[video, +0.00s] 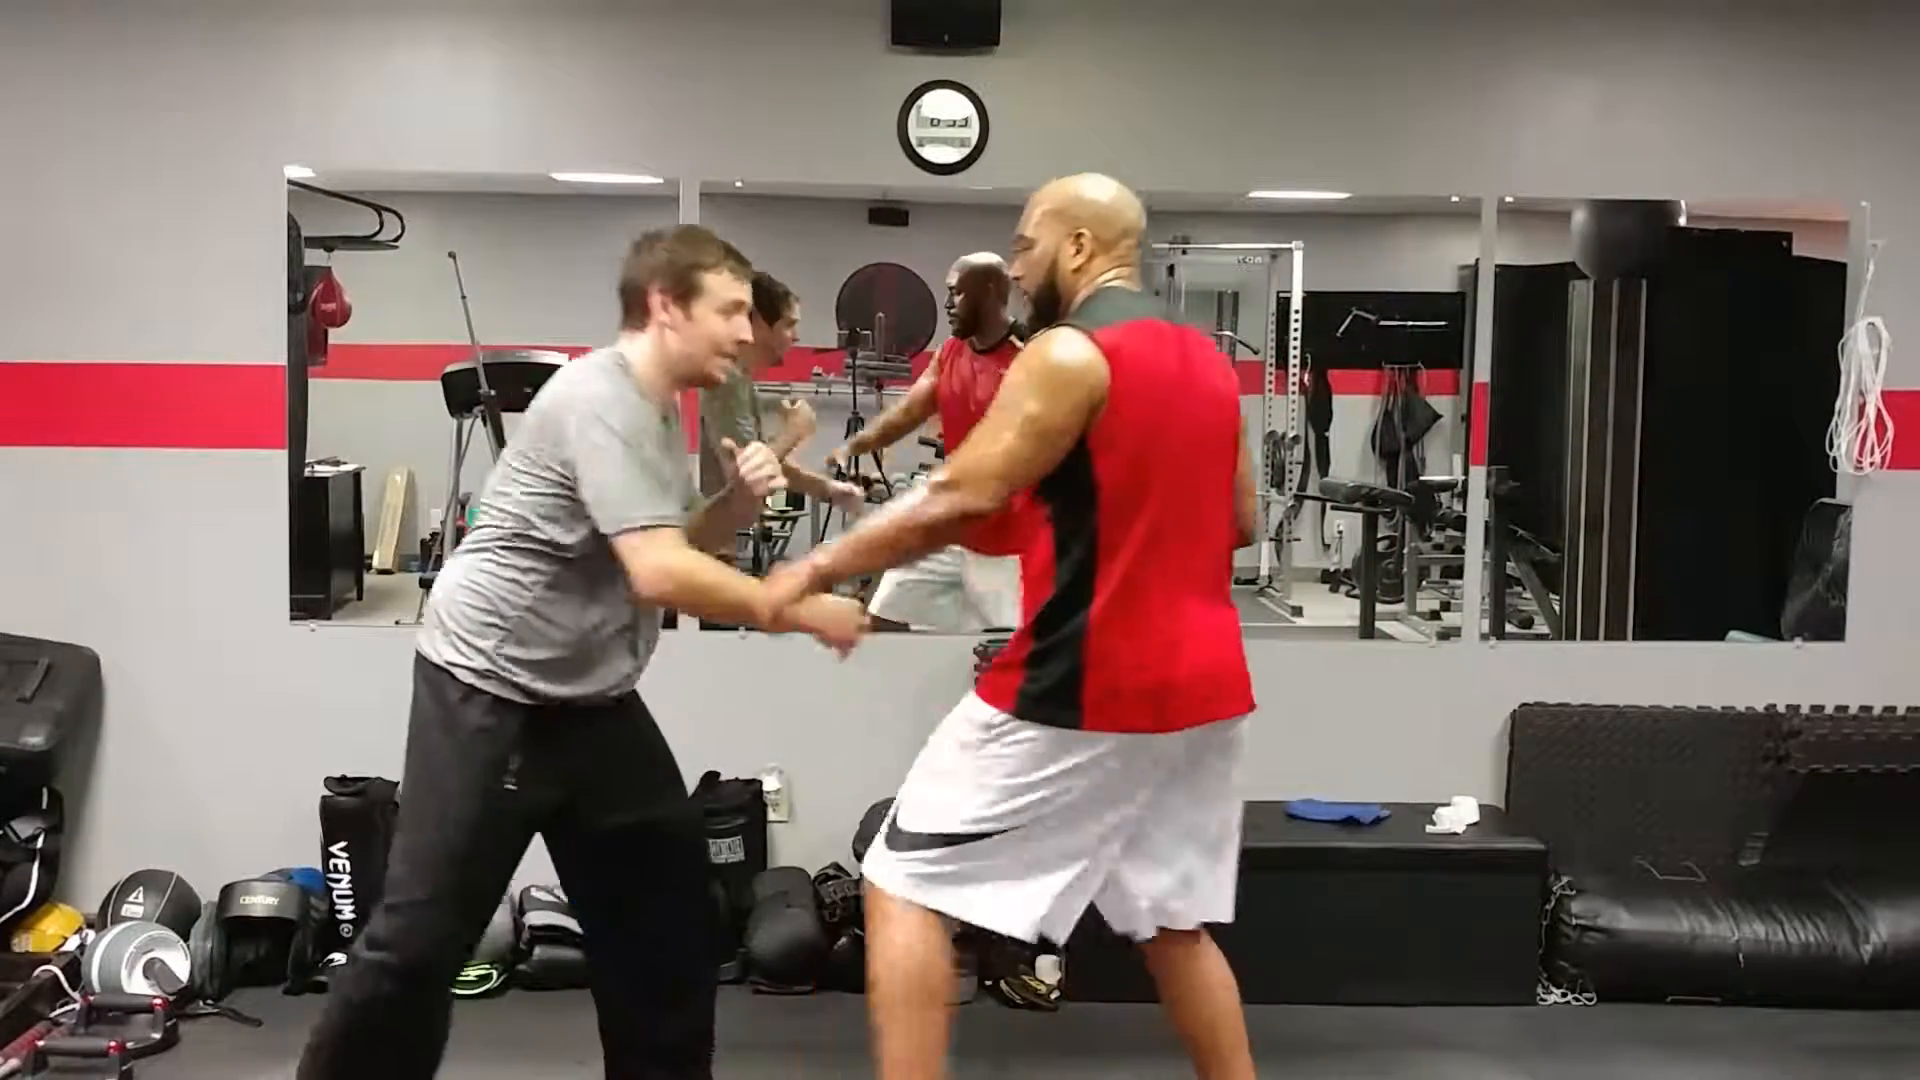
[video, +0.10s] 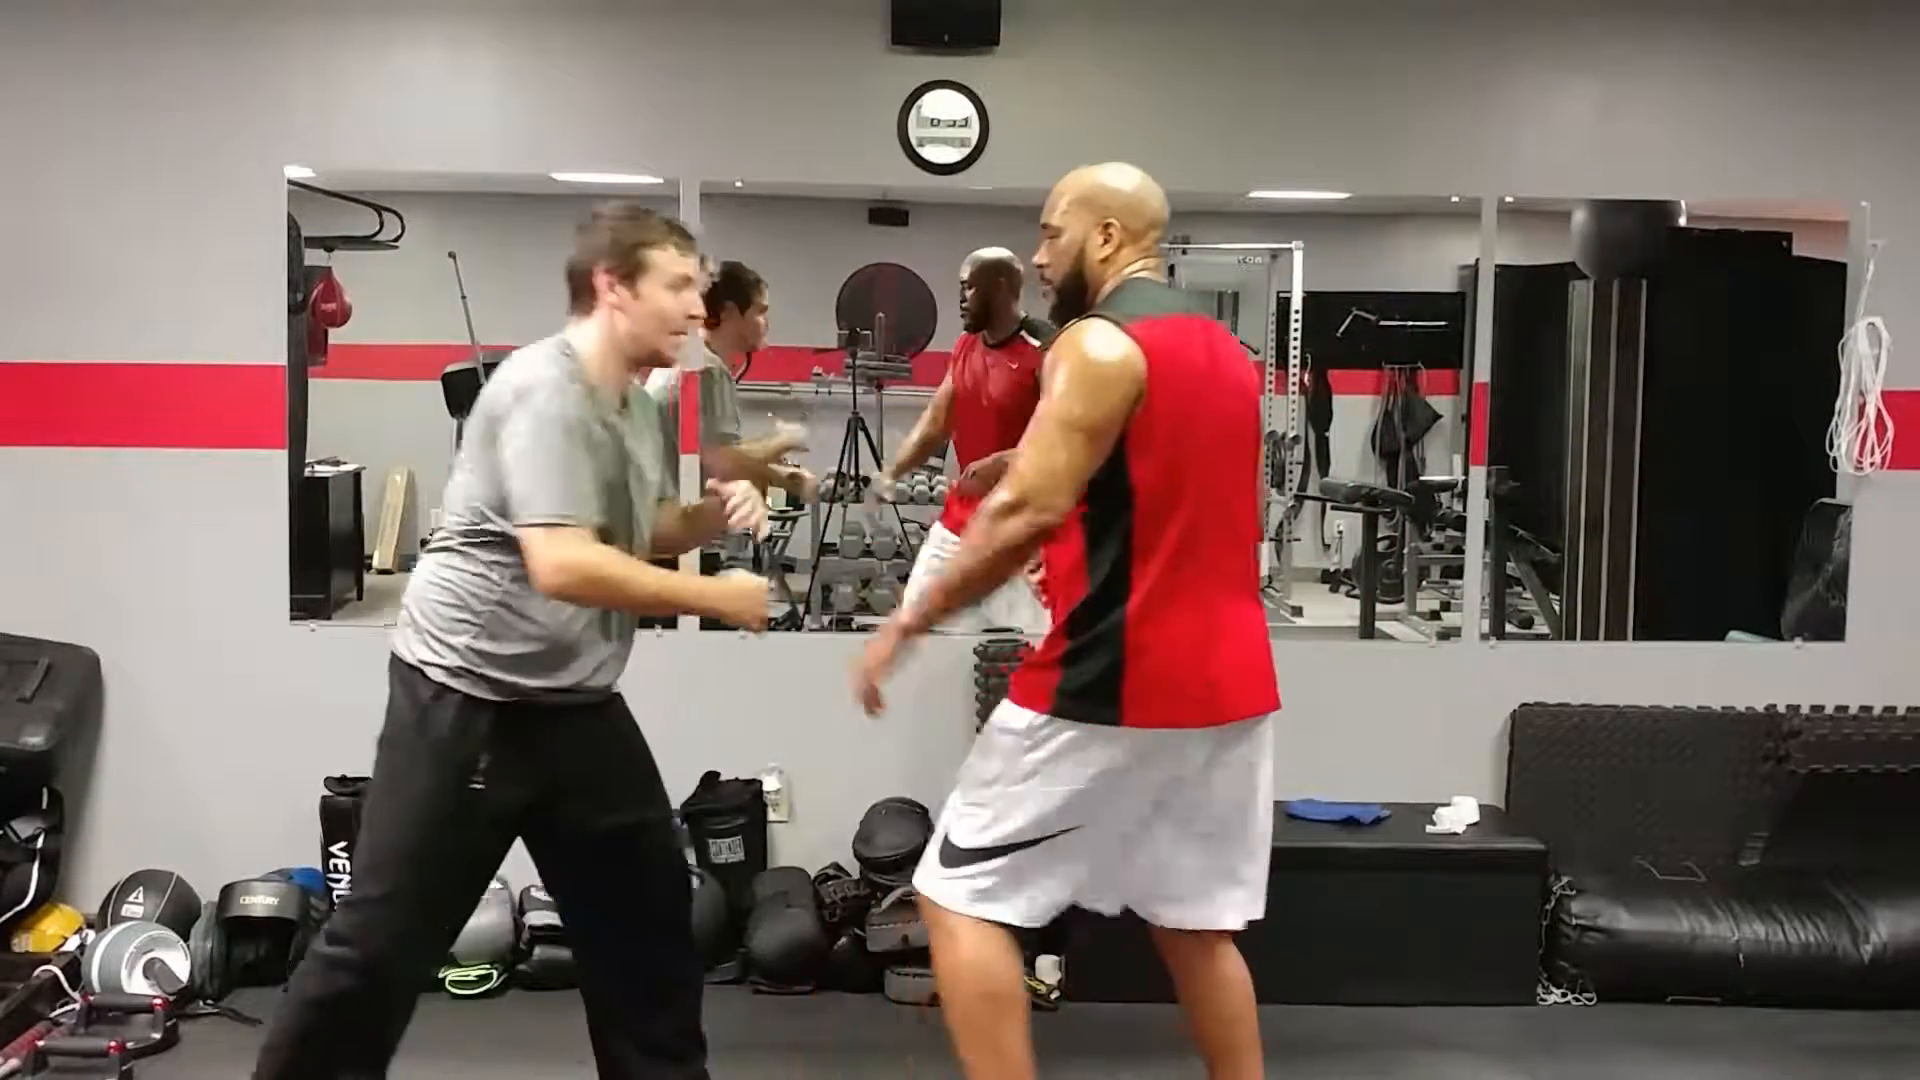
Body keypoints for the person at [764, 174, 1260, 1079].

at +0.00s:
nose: (1016, 267)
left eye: (1027, 246)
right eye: (1018, 248)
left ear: (1080, 247)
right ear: (1116, 252)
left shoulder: (1068, 357)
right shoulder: (1207, 359)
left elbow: (956, 501)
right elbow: (1240, 522)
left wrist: (816, 568)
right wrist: (1116, 540)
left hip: (1075, 678)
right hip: (1204, 679)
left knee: (901, 880)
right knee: (1173, 918)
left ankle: (911, 1070)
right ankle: (1236, 1076)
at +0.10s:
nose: (1040, 255)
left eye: (1052, 234)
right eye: (1042, 234)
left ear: (1107, 237)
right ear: (1134, 243)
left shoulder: (1099, 347)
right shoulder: (1226, 349)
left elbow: (1030, 509)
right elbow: (1159, 479)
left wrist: (910, 622)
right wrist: (1036, 471)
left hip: (1104, 679)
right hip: (1231, 677)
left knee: (959, 894)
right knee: (1194, 918)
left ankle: (1005, 1074)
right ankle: (1243, 1076)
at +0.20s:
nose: (1052, 249)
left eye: (1065, 228)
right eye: (1055, 228)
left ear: (1122, 235)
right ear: (1152, 240)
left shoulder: (1115, 350)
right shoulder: (1231, 345)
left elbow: (1100, 526)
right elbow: (1209, 510)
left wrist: (1017, 674)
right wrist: (1079, 546)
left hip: (1120, 696)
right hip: (1236, 693)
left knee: (1027, 931)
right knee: (1200, 919)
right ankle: (1246, 1076)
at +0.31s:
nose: (1058, 246)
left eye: (1072, 227)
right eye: (1061, 227)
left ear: (1131, 233)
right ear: (1149, 237)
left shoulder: (1135, 345)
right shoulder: (1227, 331)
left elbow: (1150, 529)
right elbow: (1208, 510)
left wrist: (1072, 684)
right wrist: (1084, 539)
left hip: (1141, 698)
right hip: (1234, 689)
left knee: (1076, 946)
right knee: (1203, 927)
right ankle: (1247, 1079)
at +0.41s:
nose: (1066, 246)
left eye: (1082, 226)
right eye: (1069, 226)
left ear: (1143, 233)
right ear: (1157, 238)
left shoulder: (1153, 344)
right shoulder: (1225, 327)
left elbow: (1164, 525)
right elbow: (1209, 508)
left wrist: (1059, 654)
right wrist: (1081, 523)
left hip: (1144, 694)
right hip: (1236, 688)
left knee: (1099, 952)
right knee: (1215, 931)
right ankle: (1248, 1079)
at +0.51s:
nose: (1075, 246)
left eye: (1091, 227)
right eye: (1078, 226)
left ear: (1151, 236)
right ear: (1165, 239)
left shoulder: (1159, 347)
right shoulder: (1230, 340)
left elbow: (1149, 500)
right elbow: (1199, 495)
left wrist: (1008, 563)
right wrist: (1088, 497)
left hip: (1150, 697)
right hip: (1248, 690)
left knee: (1088, 953)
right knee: (1218, 936)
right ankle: (1249, 1075)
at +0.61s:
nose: (1085, 242)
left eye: (1101, 223)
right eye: (1088, 223)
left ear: (1160, 231)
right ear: (1177, 235)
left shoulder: (1153, 332)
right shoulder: (1231, 315)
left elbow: (1059, 451)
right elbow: (1100, 442)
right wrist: (999, 409)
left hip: (1154, 683)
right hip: (1259, 678)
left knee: (1075, 941)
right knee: (1220, 931)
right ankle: (1252, 1077)